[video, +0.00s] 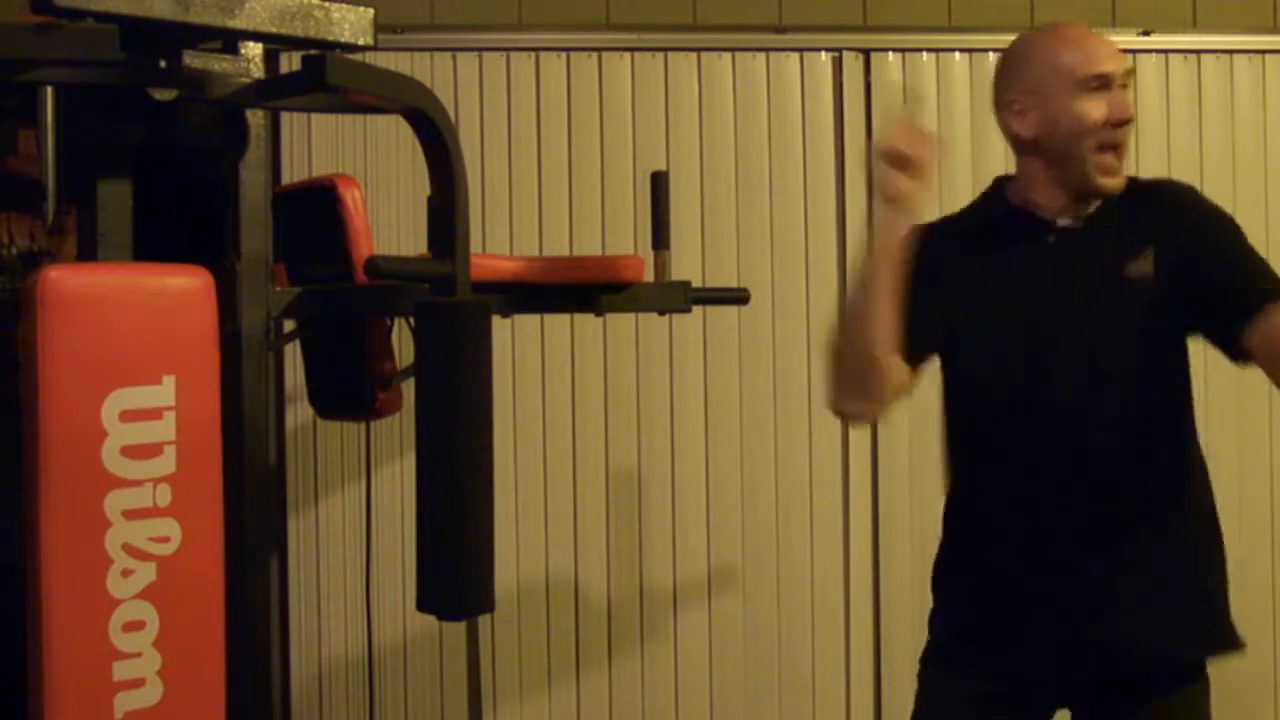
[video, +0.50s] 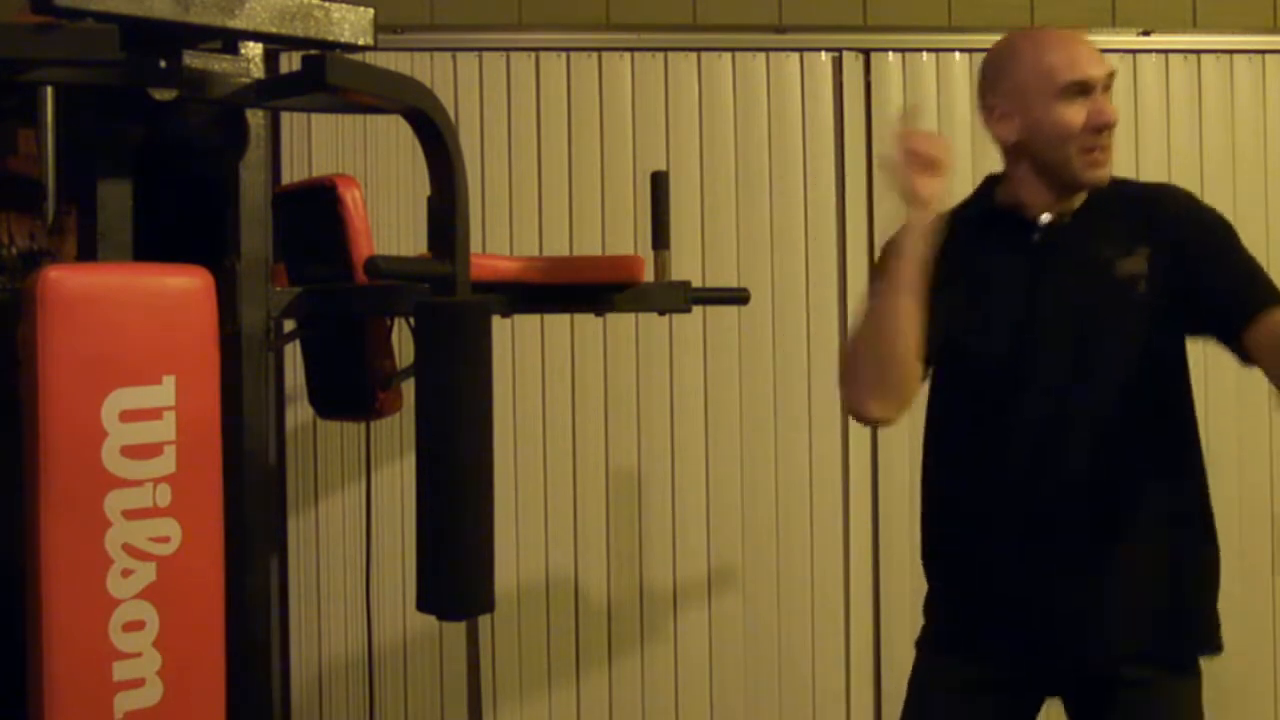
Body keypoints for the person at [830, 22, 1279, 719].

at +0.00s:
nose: (1124, 111)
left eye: (1125, 86)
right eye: (1095, 89)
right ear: (1021, 115)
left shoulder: (1171, 223)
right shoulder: (947, 251)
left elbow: (1268, 339)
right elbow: (858, 395)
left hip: (1147, 619)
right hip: (991, 623)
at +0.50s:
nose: (1107, 114)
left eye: (1108, 91)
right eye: (1077, 94)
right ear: (1003, 119)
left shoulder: (1167, 225)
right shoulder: (939, 250)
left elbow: (1273, 344)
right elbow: (873, 401)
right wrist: (920, 223)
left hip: (1138, 619)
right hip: (981, 618)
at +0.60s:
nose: (1125, 115)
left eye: (1127, 92)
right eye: (1093, 95)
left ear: (1135, 100)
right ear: (1025, 120)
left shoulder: (1165, 222)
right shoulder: (945, 248)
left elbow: (1258, 332)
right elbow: (862, 405)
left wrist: (1175, 380)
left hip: (1138, 614)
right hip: (984, 617)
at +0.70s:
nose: (1101, 117)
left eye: (1114, 93)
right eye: (1071, 95)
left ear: (1129, 106)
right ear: (1015, 118)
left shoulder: (1158, 219)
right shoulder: (939, 248)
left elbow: (1243, 334)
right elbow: (837, 399)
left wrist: (1180, 407)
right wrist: (977, 310)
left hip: (1135, 610)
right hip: (982, 612)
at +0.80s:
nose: (1050, 124)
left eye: (1067, 100)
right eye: (1023, 102)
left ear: (1087, 114)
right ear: (977, 123)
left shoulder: (1150, 230)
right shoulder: (928, 256)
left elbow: (1261, 357)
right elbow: (828, 384)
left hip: (1132, 623)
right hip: (974, 626)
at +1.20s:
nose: (979, 116)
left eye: (997, 92)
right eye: (953, 96)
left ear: (1025, 111)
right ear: (916, 126)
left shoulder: (1094, 229)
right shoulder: (871, 260)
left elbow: (1187, 358)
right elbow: (801, 432)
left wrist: (1215, 503)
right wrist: (874, 279)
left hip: (1072, 607)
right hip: (921, 613)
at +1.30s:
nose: (988, 117)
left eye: (1007, 95)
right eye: (961, 99)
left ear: (1038, 121)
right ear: (929, 133)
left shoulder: (1092, 235)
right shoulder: (866, 270)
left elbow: (1149, 373)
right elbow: (790, 439)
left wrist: (1030, 403)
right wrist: (928, 393)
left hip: (1063, 619)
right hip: (909, 626)